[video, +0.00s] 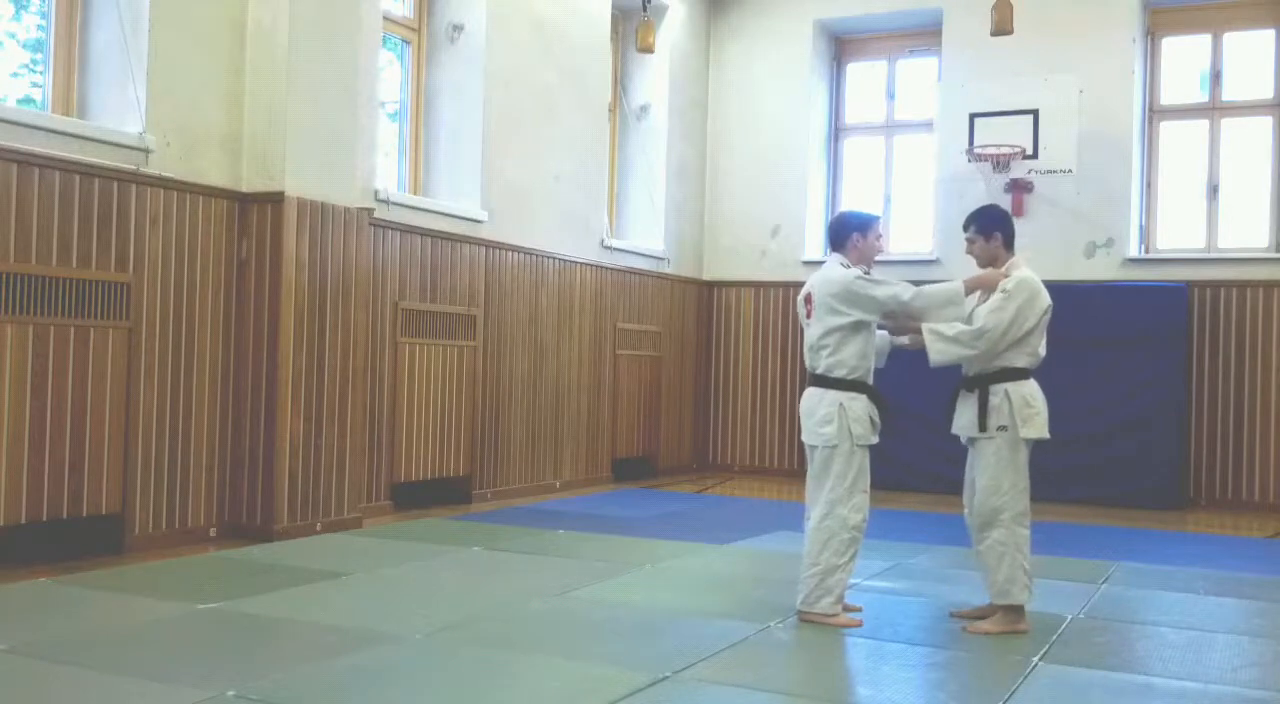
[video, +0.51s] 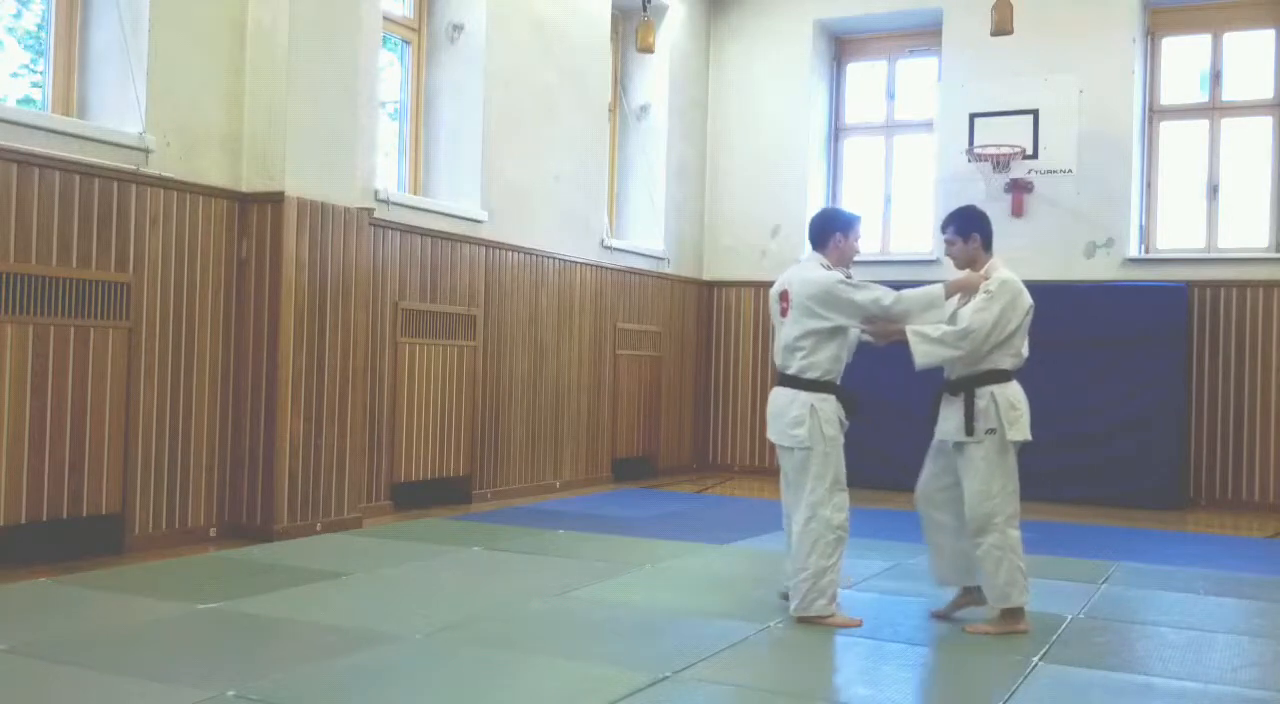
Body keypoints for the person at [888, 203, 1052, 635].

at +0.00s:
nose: (970, 253)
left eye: (973, 244)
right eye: (967, 245)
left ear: (997, 239)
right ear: (995, 241)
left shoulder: (1023, 285)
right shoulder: (999, 285)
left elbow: (981, 337)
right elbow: (972, 331)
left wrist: (917, 335)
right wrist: (913, 329)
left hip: (1006, 406)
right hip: (985, 405)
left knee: (1000, 507)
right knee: (982, 506)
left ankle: (1012, 610)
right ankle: (1000, 600)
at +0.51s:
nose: (947, 254)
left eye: (951, 244)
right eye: (946, 246)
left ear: (976, 240)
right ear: (972, 243)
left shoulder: (1005, 285)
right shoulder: (970, 287)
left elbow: (968, 335)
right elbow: (949, 328)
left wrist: (903, 334)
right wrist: (896, 328)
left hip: (990, 406)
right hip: (957, 406)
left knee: (991, 510)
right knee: (933, 495)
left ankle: (1012, 611)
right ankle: (969, 588)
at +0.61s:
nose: (935, 252)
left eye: (940, 243)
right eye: (934, 244)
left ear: (965, 241)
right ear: (960, 243)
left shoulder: (993, 286)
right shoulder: (957, 287)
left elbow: (955, 336)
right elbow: (937, 328)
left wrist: (891, 334)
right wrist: (882, 329)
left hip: (980, 407)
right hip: (946, 407)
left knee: (983, 512)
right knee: (918, 495)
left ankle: (1010, 611)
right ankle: (930, 592)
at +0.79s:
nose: (905, 255)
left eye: (909, 246)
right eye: (904, 248)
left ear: (932, 244)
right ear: (927, 246)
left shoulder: (961, 287)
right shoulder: (923, 289)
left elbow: (924, 337)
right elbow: (895, 327)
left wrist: (862, 339)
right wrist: (851, 332)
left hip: (952, 408)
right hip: (918, 408)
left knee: (966, 511)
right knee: (893, 499)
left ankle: (1008, 608)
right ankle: (861, 592)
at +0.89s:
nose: (884, 256)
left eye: (888, 247)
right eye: (883, 248)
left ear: (911, 245)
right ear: (908, 246)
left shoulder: (940, 287)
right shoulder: (904, 289)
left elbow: (901, 338)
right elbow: (877, 328)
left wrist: (839, 340)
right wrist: (826, 334)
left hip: (930, 407)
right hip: (896, 407)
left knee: (948, 511)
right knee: (877, 503)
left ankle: (1003, 601)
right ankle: (853, 600)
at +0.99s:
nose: (865, 253)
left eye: (870, 245)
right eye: (864, 246)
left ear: (892, 242)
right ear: (886, 244)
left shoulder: (919, 286)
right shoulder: (882, 288)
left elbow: (876, 335)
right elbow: (857, 328)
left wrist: (812, 338)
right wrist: (809, 331)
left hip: (908, 404)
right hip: (874, 404)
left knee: (910, 508)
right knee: (858, 499)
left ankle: (981, 584)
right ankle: (853, 595)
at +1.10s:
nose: (849, 251)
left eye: (853, 243)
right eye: (847, 244)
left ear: (875, 240)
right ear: (868, 241)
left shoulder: (899, 284)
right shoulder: (867, 284)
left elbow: (859, 331)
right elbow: (838, 331)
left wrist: (796, 330)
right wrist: (790, 335)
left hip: (888, 400)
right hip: (859, 400)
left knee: (868, 504)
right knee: (844, 500)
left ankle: (938, 573)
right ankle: (852, 595)